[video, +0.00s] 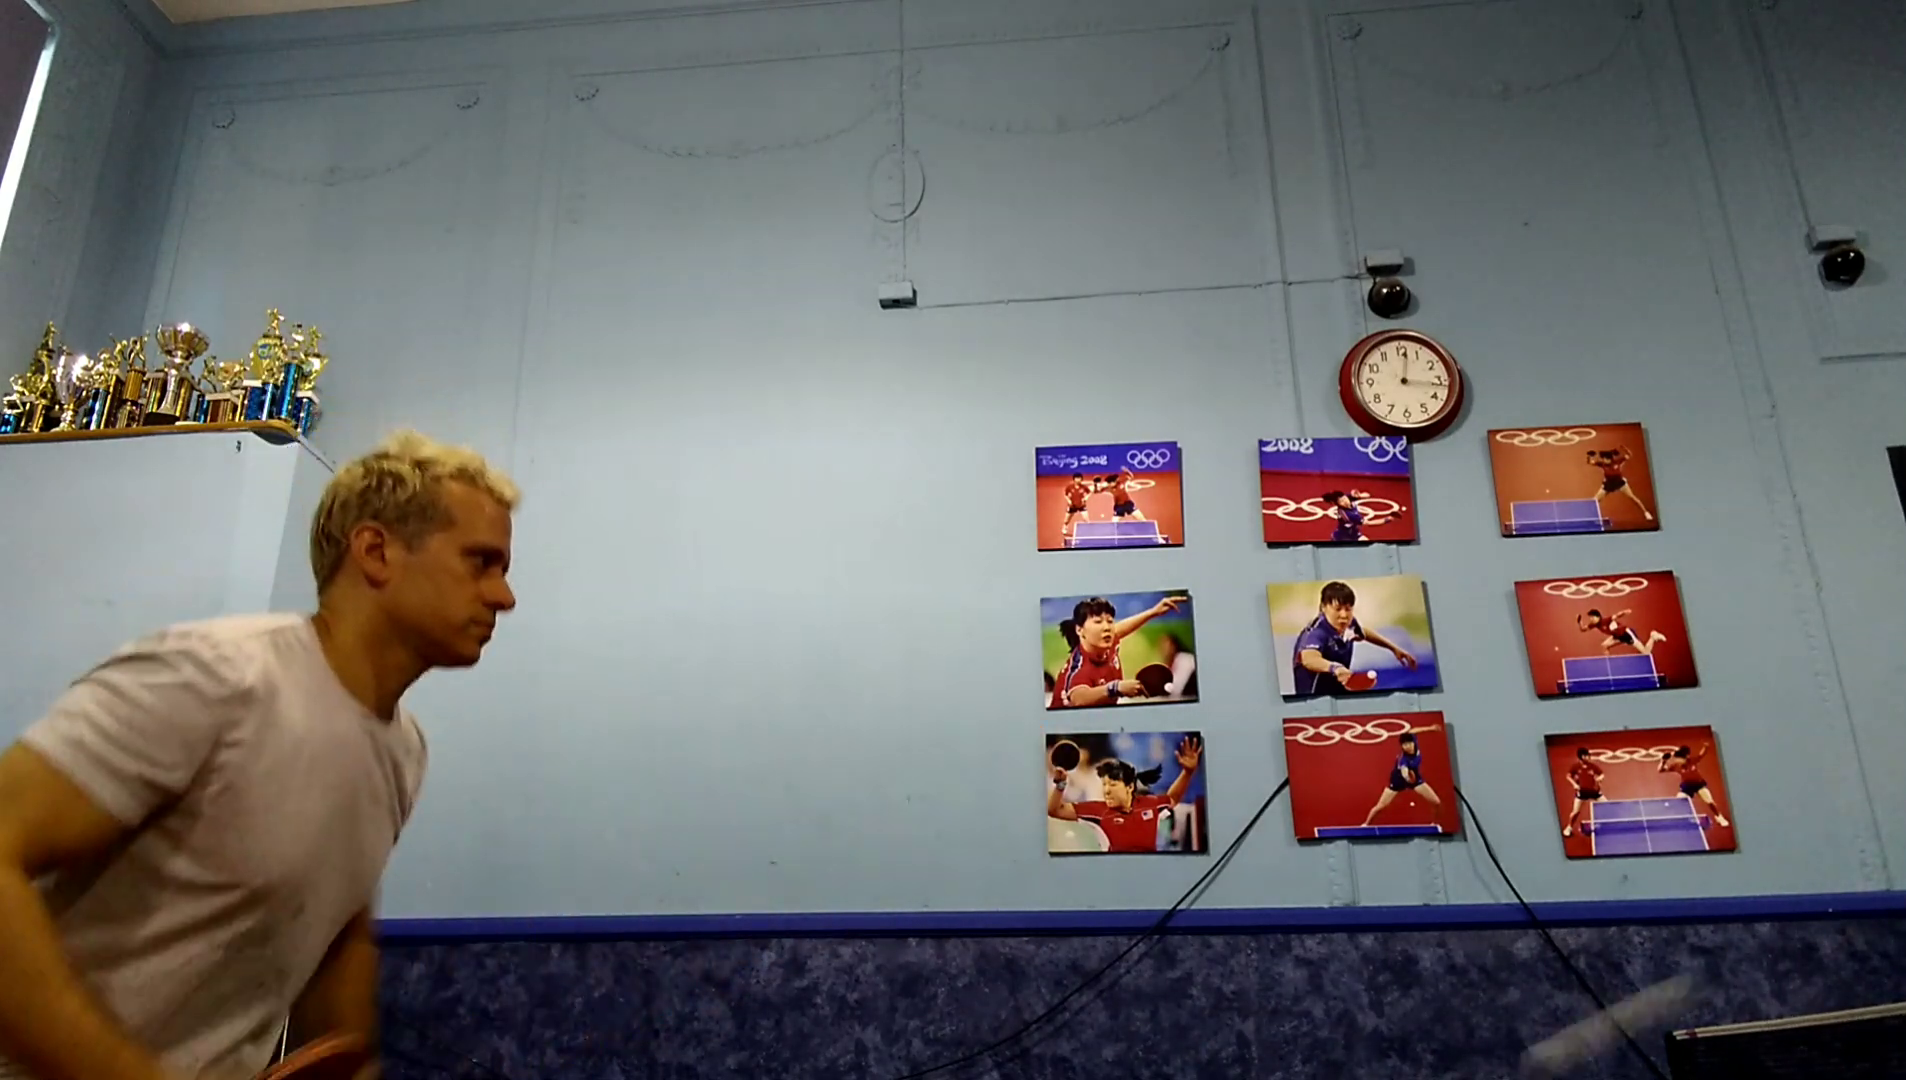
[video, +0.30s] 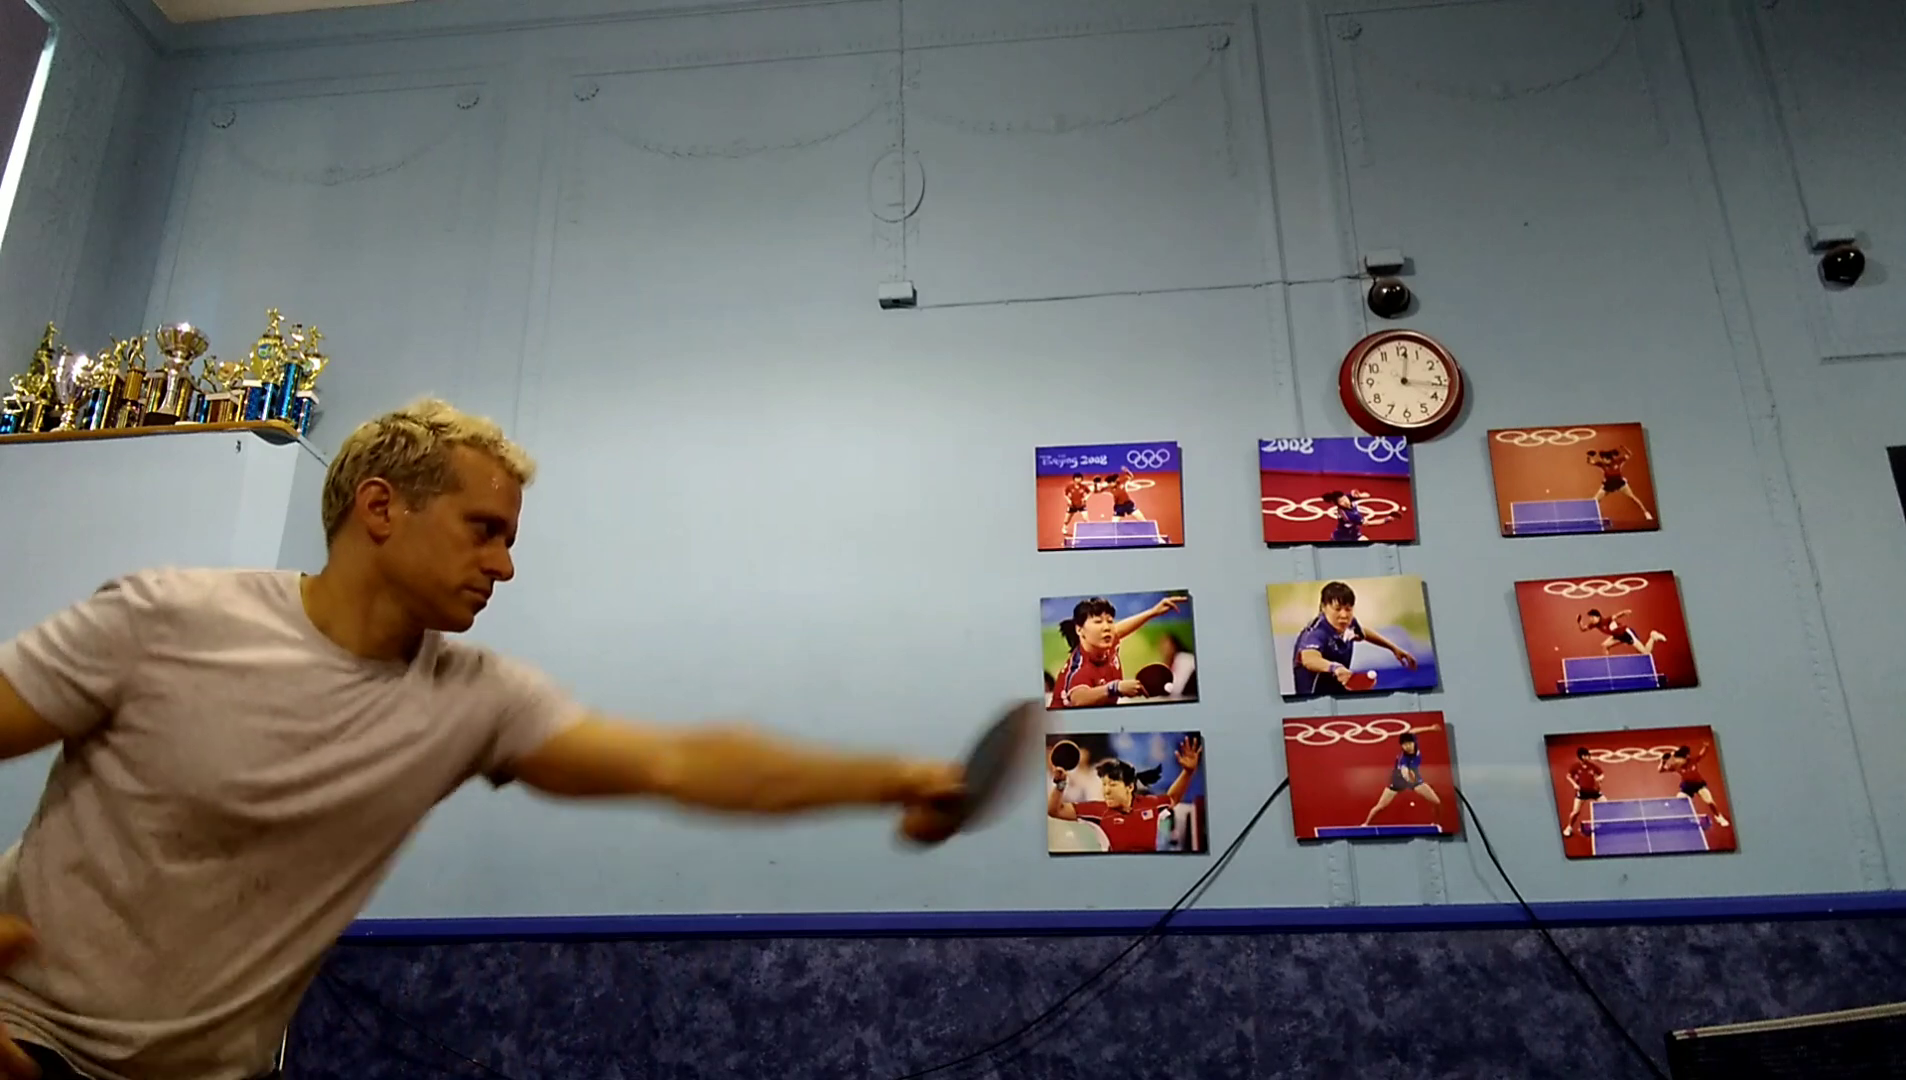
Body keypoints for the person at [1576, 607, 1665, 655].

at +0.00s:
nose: (1590, 620)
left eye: (1591, 618)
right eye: (1590, 619)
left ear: (1597, 617)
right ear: (1593, 618)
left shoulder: (1607, 621)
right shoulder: (1594, 625)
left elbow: (1617, 615)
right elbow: (1583, 630)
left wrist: (1625, 612)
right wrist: (1579, 623)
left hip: (1627, 634)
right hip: (1617, 637)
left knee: (1645, 652)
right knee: (1604, 645)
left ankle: (1653, 636)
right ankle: (1609, 667)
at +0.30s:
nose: (1590, 620)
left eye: (1591, 618)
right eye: (1590, 619)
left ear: (1597, 617)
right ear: (1593, 618)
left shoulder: (1607, 620)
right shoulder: (1594, 624)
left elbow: (1617, 615)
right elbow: (1583, 630)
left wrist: (1625, 612)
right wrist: (1579, 623)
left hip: (1627, 634)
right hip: (1618, 636)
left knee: (1646, 652)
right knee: (1604, 645)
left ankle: (1653, 636)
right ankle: (1608, 667)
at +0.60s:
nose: (1590, 620)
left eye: (1591, 618)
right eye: (1590, 619)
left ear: (1597, 617)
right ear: (1593, 618)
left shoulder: (1607, 620)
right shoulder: (1594, 624)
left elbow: (1617, 615)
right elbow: (1583, 630)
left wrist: (1625, 612)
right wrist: (1579, 623)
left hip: (1627, 634)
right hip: (1618, 636)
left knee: (1646, 652)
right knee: (1604, 645)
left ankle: (1653, 636)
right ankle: (1607, 667)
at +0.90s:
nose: (1591, 620)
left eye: (1592, 618)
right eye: (1590, 619)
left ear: (1597, 617)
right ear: (1593, 619)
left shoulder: (1607, 620)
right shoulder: (1594, 625)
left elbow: (1617, 615)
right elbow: (1583, 630)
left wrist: (1626, 612)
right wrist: (1579, 623)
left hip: (1627, 633)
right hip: (1617, 636)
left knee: (1645, 652)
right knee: (1604, 645)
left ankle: (1653, 636)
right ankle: (1608, 667)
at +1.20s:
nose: (1590, 620)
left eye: (1591, 618)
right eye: (1590, 618)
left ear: (1597, 617)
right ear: (1593, 618)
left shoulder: (1607, 620)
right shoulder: (1594, 624)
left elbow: (1617, 615)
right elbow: (1583, 630)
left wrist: (1626, 612)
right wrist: (1579, 623)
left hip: (1627, 634)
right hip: (1618, 636)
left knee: (1645, 652)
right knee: (1604, 645)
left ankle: (1653, 636)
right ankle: (1608, 667)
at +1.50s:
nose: (1591, 620)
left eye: (1591, 618)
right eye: (1590, 619)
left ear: (1597, 617)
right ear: (1593, 618)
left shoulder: (1607, 620)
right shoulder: (1595, 625)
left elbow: (1617, 615)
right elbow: (1584, 630)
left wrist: (1625, 612)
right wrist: (1579, 623)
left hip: (1627, 634)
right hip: (1618, 637)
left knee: (1646, 652)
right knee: (1604, 645)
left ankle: (1653, 636)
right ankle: (1608, 667)